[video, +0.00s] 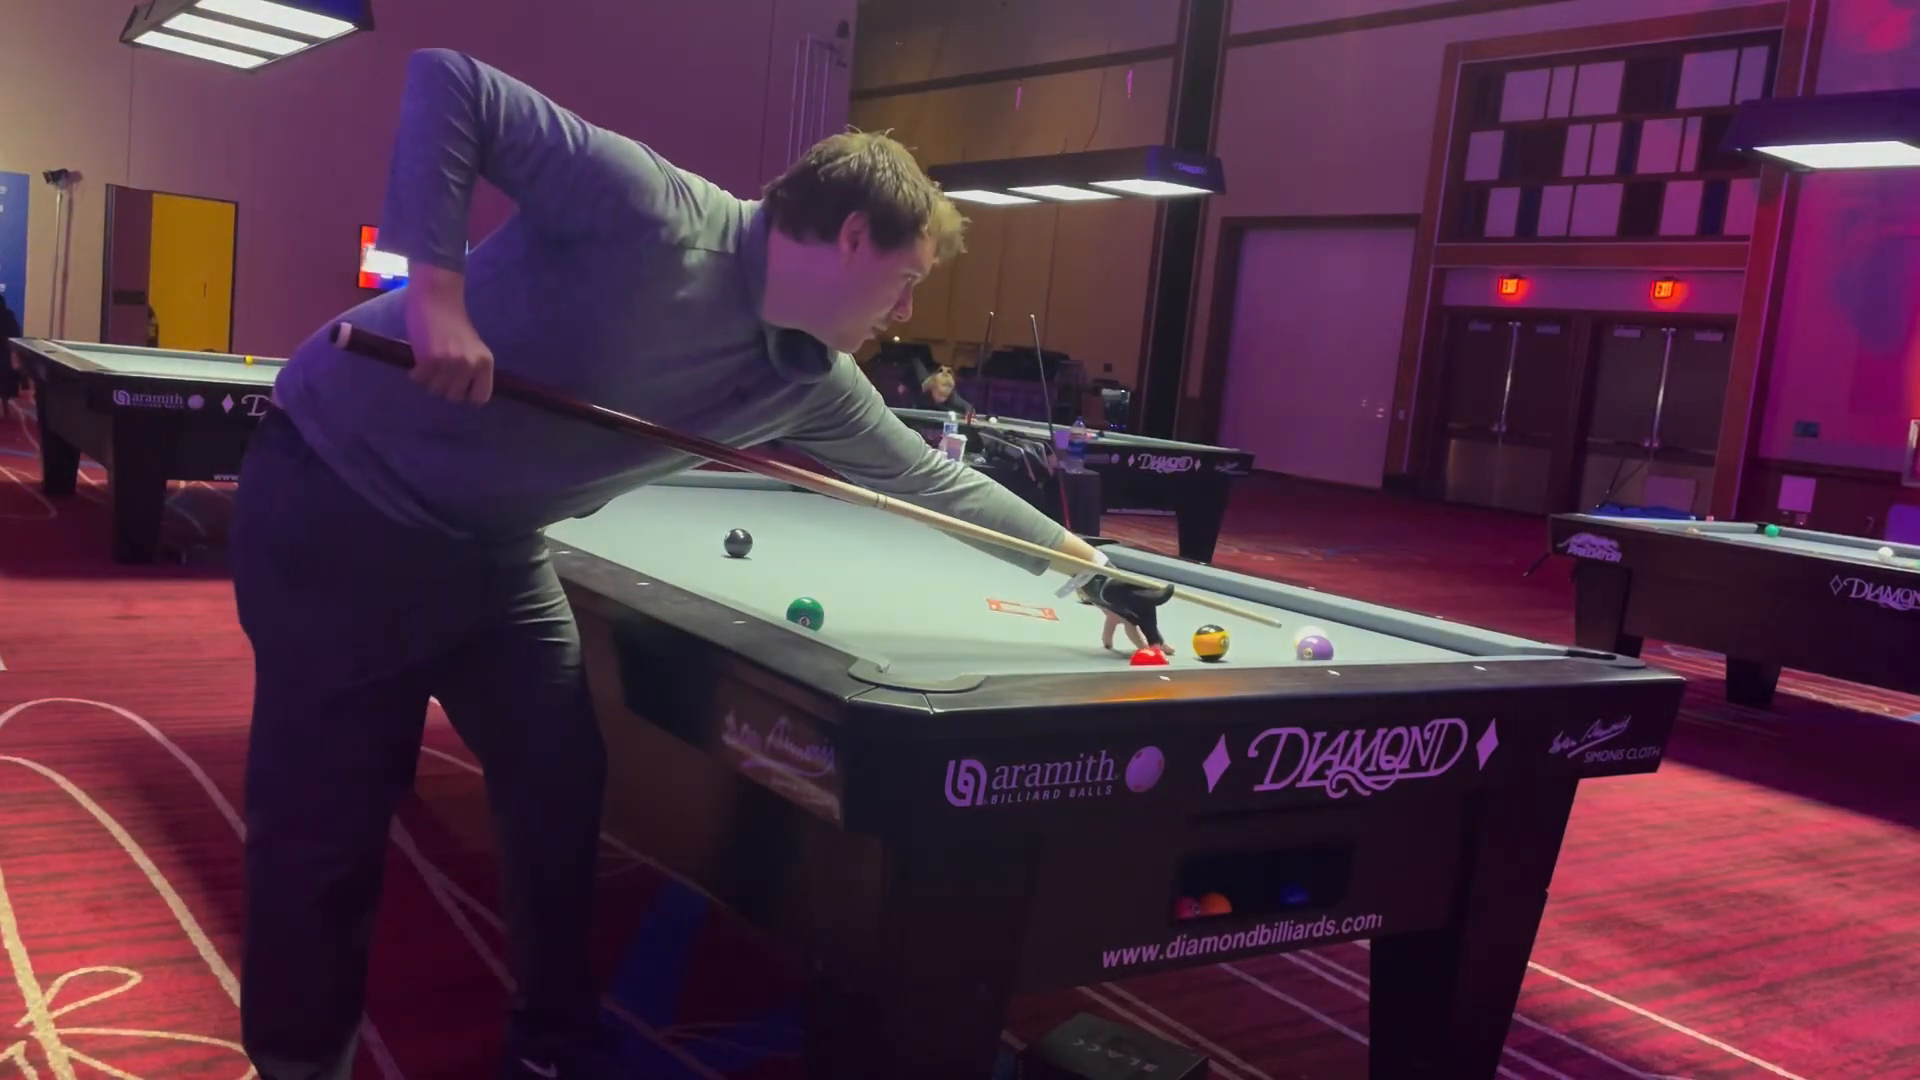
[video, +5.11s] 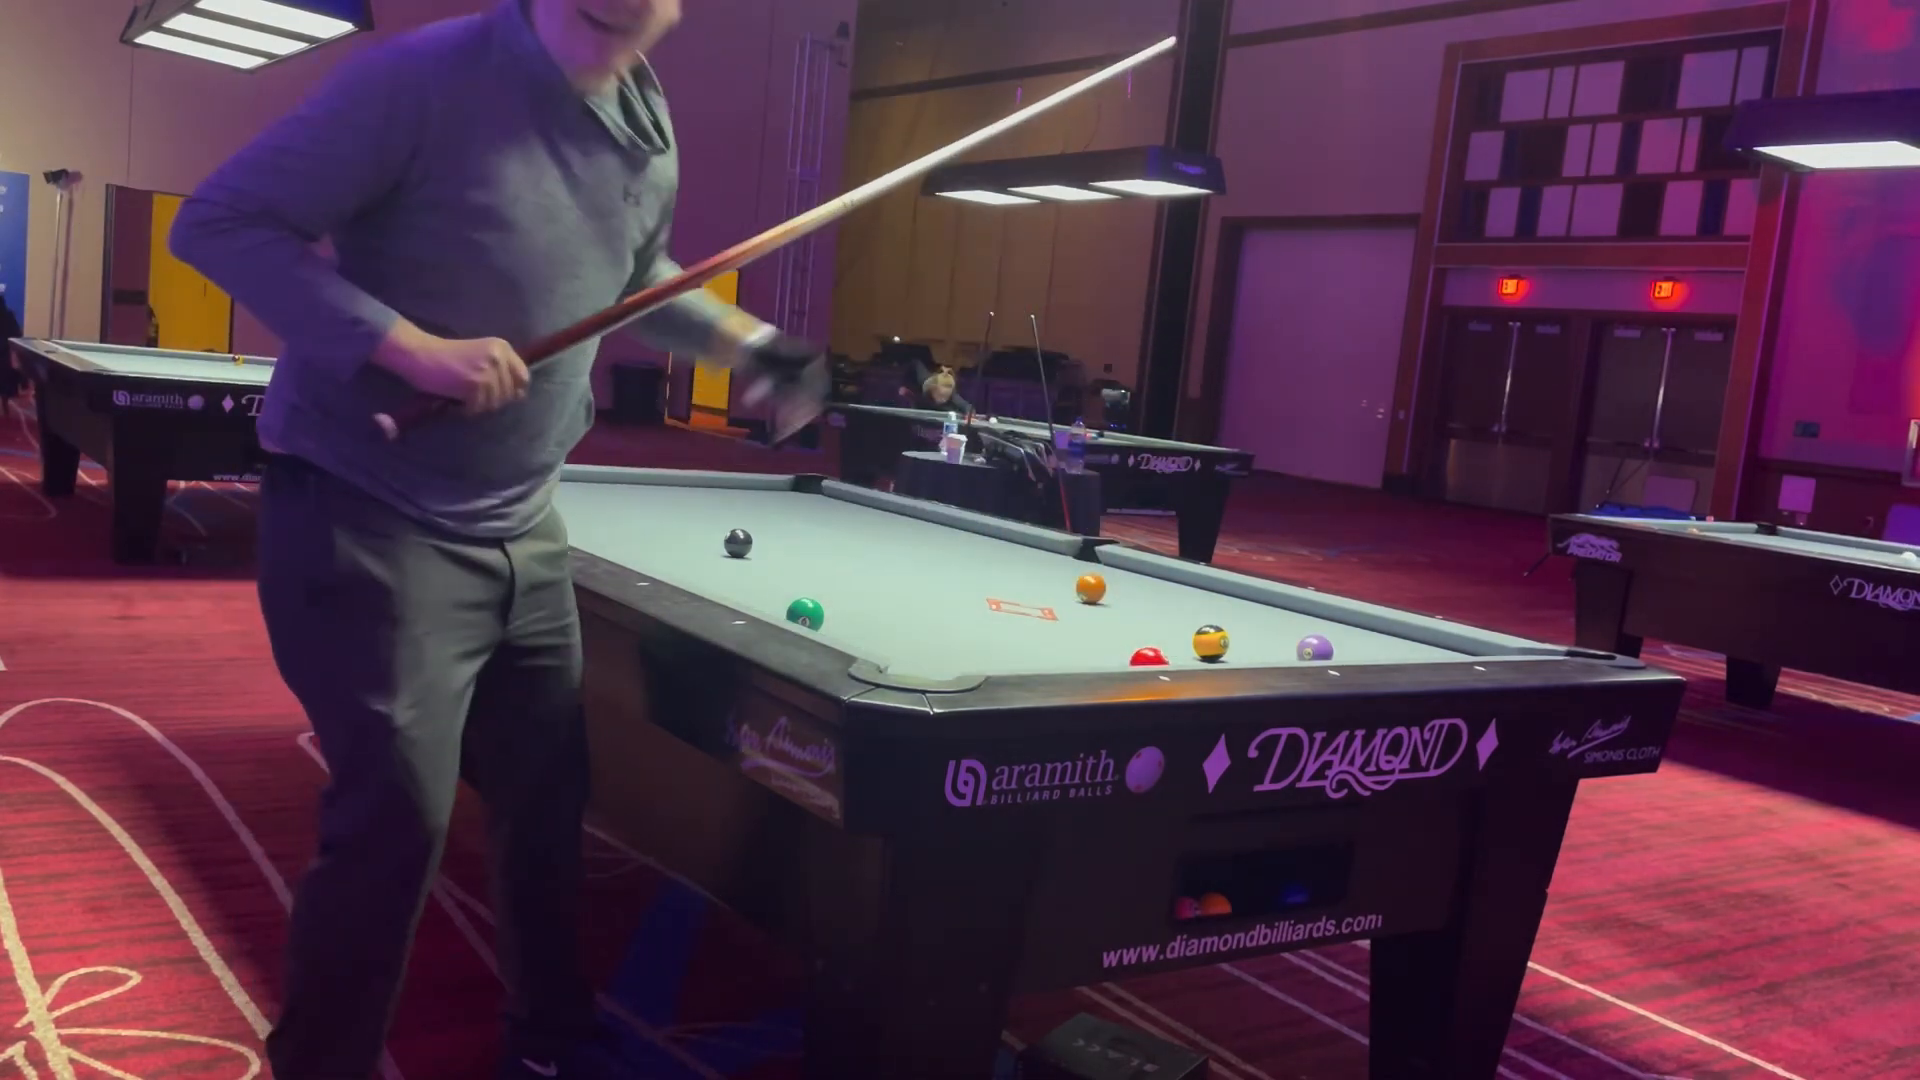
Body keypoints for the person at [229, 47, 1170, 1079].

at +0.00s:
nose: (903, 313)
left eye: (915, 289)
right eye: (907, 279)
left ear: (847, 249)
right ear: (848, 237)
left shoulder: (807, 384)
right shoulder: (648, 208)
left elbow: (940, 479)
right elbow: (448, 83)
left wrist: (1086, 561)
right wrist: (432, 287)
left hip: (494, 535)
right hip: (345, 487)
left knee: (559, 774)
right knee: (324, 819)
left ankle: (551, 1037)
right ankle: (298, 1058)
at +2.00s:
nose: (892, 423)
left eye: (909, 405)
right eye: (903, 393)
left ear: (852, 344)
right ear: (857, 334)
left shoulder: (787, 436)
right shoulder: (678, 241)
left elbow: (912, 525)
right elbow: (535, 68)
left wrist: (1068, 561)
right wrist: (437, 239)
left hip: (482, 532)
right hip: (329, 478)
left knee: (553, 761)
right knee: (310, 827)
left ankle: (547, 1031)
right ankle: (293, 1056)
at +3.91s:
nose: (892, 433)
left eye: (910, 414)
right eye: (904, 403)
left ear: (853, 349)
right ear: (858, 342)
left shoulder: (782, 433)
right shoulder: (684, 252)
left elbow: (907, 527)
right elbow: (534, 76)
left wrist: (1063, 563)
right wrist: (436, 247)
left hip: (486, 536)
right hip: (335, 480)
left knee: (553, 764)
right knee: (314, 826)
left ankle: (547, 1034)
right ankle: (292, 1058)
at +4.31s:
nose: (903, 286)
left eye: (913, 265)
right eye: (902, 255)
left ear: (839, 226)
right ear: (833, 216)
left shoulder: (790, 360)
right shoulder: (651, 216)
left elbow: (899, 447)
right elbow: (414, 196)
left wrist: (1054, 519)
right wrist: (506, 382)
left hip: (491, 532)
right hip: (342, 485)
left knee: (549, 777)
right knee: (333, 818)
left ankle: (549, 1034)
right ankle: (304, 1055)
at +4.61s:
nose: (816, 179)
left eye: (834, 160)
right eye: (808, 144)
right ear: (732, 90)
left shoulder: (743, 256)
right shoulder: (575, 140)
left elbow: (853, 328)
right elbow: (343, 182)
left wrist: (996, 369)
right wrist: (487, 347)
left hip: (497, 526)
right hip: (356, 496)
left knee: (552, 771)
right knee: (367, 814)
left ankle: (549, 1036)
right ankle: (311, 1062)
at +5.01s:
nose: (702, 63)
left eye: (730, 37)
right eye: (682, 21)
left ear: (745, 44)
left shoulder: (677, 165)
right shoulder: (469, 96)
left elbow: (717, 261)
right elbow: (261, 227)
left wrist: (872, 294)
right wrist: (439, 352)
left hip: (520, 522)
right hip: (375, 514)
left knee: (551, 791)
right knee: (390, 805)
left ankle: (548, 1032)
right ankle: (317, 1060)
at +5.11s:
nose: (630, 6)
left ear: (676, 12)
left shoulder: (643, 128)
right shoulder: (415, 81)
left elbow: (640, 272)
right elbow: (220, 222)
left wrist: (750, 342)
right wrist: (402, 345)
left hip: (526, 525)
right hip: (374, 522)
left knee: (545, 803)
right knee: (395, 818)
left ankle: (549, 1034)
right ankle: (320, 1064)